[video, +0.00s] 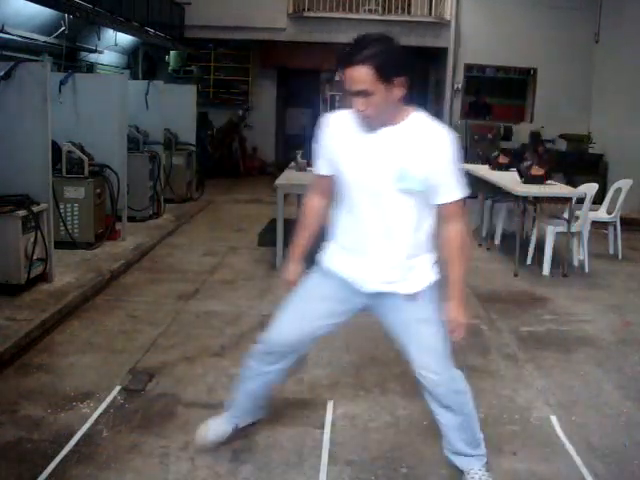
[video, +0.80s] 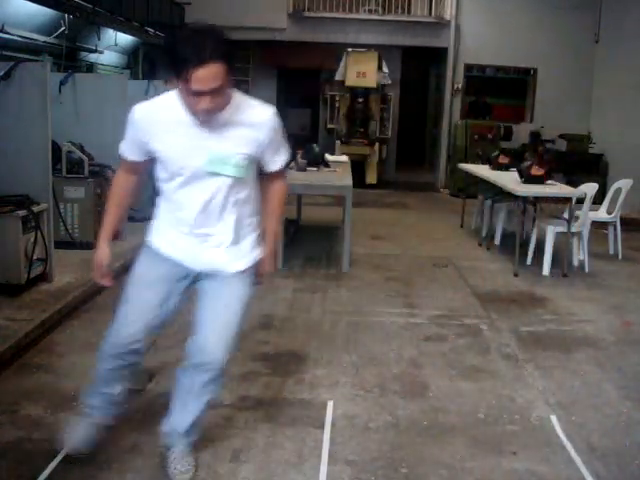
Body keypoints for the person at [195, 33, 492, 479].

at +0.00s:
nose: (356, 105)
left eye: (365, 95)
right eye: (350, 94)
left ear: (398, 88)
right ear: (344, 88)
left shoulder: (435, 140)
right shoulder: (335, 126)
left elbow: (453, 221)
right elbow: (318, 194)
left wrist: (456, 298)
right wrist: (295, 258)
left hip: (407, 284)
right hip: (338, 273)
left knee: (438, 375)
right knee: (276, 342)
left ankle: (473, 465)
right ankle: (238, 414)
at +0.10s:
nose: (312, 95)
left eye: (323, 85)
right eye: (308, 84)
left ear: (352, 80)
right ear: (301, 76)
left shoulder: (382, 135)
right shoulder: (281, 112)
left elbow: (404, 209)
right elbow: (262, 172)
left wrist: (412, 287)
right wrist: (243, 241)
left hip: (350, 278)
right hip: (279, 269)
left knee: (388, 361)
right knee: (246, 353)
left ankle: (450, 449)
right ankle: (239, 425)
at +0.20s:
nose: (272, 80)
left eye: (282, 71)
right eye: (265, 70)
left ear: (310, 64)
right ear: (256, 62)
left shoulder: (340, 116)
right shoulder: (237, 95)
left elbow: (360, 184)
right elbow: (213, 151)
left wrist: (364, 259)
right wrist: (195, 216)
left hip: (300, 257)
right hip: (236, 245)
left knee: (302, 350)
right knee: (205, 329)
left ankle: (333, 433)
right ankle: (223, 410)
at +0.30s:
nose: (233, 91)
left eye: (243, 81)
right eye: (225, 81)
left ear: (268, 71)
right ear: (215, 70)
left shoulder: (300, 115)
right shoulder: (196, 101)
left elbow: (324, 173)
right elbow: (175, 154)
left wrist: (317, 245)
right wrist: (154, 217)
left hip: (259, 255)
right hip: (199, 240)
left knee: (227, 353)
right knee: (154, 321)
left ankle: (203, 426)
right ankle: (158, 387)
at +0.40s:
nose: (204, 118)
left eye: (214, 108)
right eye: (196, 107)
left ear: (236, 98)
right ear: (185, 97)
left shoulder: (264, 138)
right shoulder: (161, 123)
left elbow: (285, 192)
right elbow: (139, 174)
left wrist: (274, 261)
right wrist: (115, 236)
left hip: (214, 280)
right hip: (154, 264)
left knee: (185, 370)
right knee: (108, 341)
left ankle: (171, 426)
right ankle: (66, 414)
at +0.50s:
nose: (177, 146)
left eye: (187, 135)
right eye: (168, 135)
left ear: (202, 123)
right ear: (153, 122)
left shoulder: (226, 166)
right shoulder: (124, 147)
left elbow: (237, 227)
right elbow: (105, 202)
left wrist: (232, 289)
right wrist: (82, 268)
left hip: (185, 289)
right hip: (123, 279)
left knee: (178, 373)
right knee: (82, 357)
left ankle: (179, 428)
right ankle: (58, 417)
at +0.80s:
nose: (208, 103)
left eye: (217, 92)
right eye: (197, 94)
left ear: (231, 78)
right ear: (178, 82)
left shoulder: (262, 120)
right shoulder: (148, 117)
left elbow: (276, 177)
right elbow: (128, 173)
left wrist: (270, 245)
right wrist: (104, 241)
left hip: (233, 260)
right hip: (167, 248)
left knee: (210, 356)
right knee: (125, 337)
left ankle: (179, 437)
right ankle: (95, 415)